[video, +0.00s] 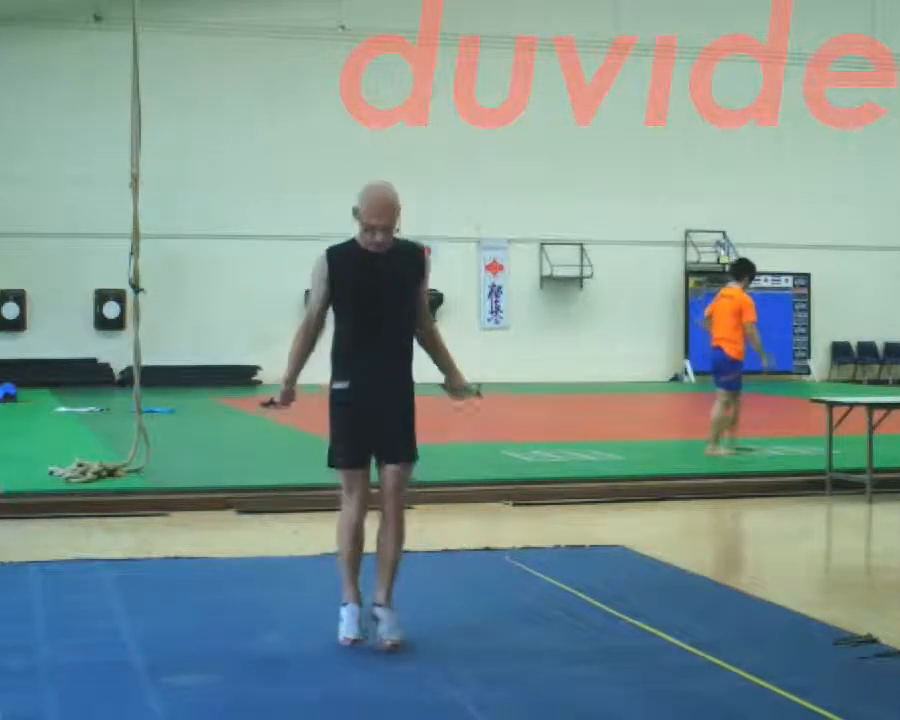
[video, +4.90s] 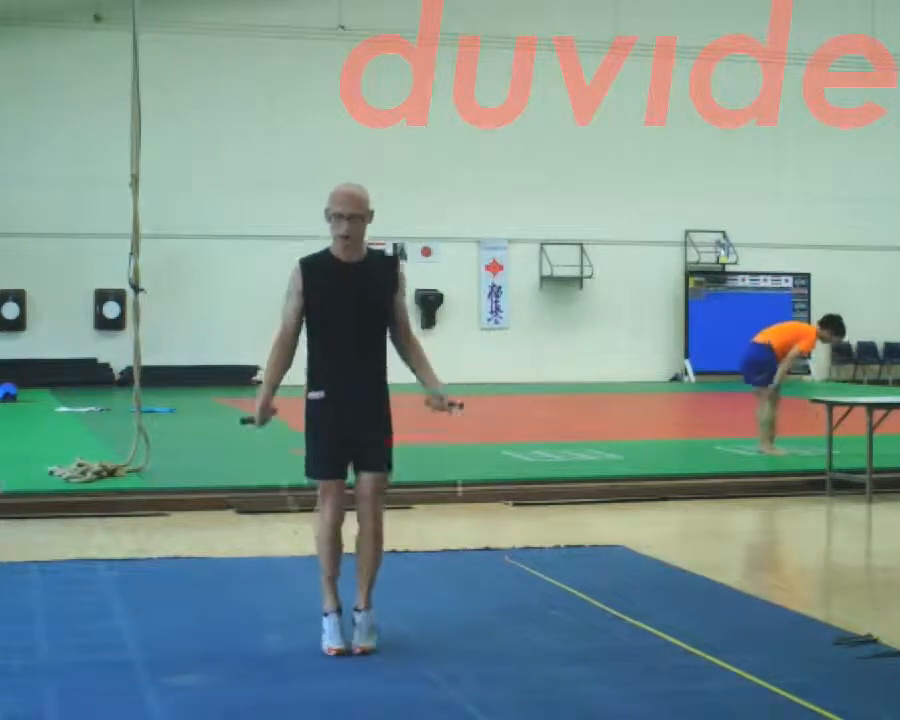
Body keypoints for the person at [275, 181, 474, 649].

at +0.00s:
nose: (379, 238)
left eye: (387, 230)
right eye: (371, 229)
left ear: (398, 220)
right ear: (357, 217)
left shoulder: (414, 258)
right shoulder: (333, 261)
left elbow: (424, 326)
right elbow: (311, 326)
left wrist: (453, 376)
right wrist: (289, 382)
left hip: (395, 391)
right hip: (352, 392)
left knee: (392, 498)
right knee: (358, 497)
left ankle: (377, 605)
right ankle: (354, 603)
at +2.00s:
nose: (377, 256)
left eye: (384, 248)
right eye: (369, 248)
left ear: (396, 251)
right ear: (355, 251)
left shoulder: (418, 303)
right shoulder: (336, 306)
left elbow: (433, 365)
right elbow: (320, 368)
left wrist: (465, 395)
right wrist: (301, 408)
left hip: (399, 420)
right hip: (354, 421)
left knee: (396, 521)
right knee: (366, 523)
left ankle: (389, 614)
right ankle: (363, 615)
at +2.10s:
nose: (380, 214)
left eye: (388, 206)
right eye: (371, 206)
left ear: (398, 207)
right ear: (356, 207)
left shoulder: (416, 254)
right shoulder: (336, 257)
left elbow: (428, 322)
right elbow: (318, 325)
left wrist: (458, 370)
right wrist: (296, 380)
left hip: (400, 385)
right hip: (353, 386)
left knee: (400, 497)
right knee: (359, 497)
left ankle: (393, 594)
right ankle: (359, 596)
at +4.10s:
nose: (354, 209)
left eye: (363, 201)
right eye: (346, 200)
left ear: (377, 203)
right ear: (334, 203)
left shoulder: (398, 250)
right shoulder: (316, 255)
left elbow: (419, 315)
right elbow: (298, 323)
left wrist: (454, 360)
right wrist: (274, 375)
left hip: (381, 375)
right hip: (334, 376)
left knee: (380, 475)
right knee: (345, 476)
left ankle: (369, 581)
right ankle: (340, 584)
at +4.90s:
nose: (344, 226)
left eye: (353, 218)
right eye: (336, 218)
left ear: (368, 220)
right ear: (326, 219)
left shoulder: (389, 272)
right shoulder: (307, 272)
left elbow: (404, 337)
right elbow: (286, 339)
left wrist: (433, 386)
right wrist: (265, 395)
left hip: (372, 400)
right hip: (325, 401)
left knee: (370, 501)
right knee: (332, 502)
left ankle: (364, 610)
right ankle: (331, 610)